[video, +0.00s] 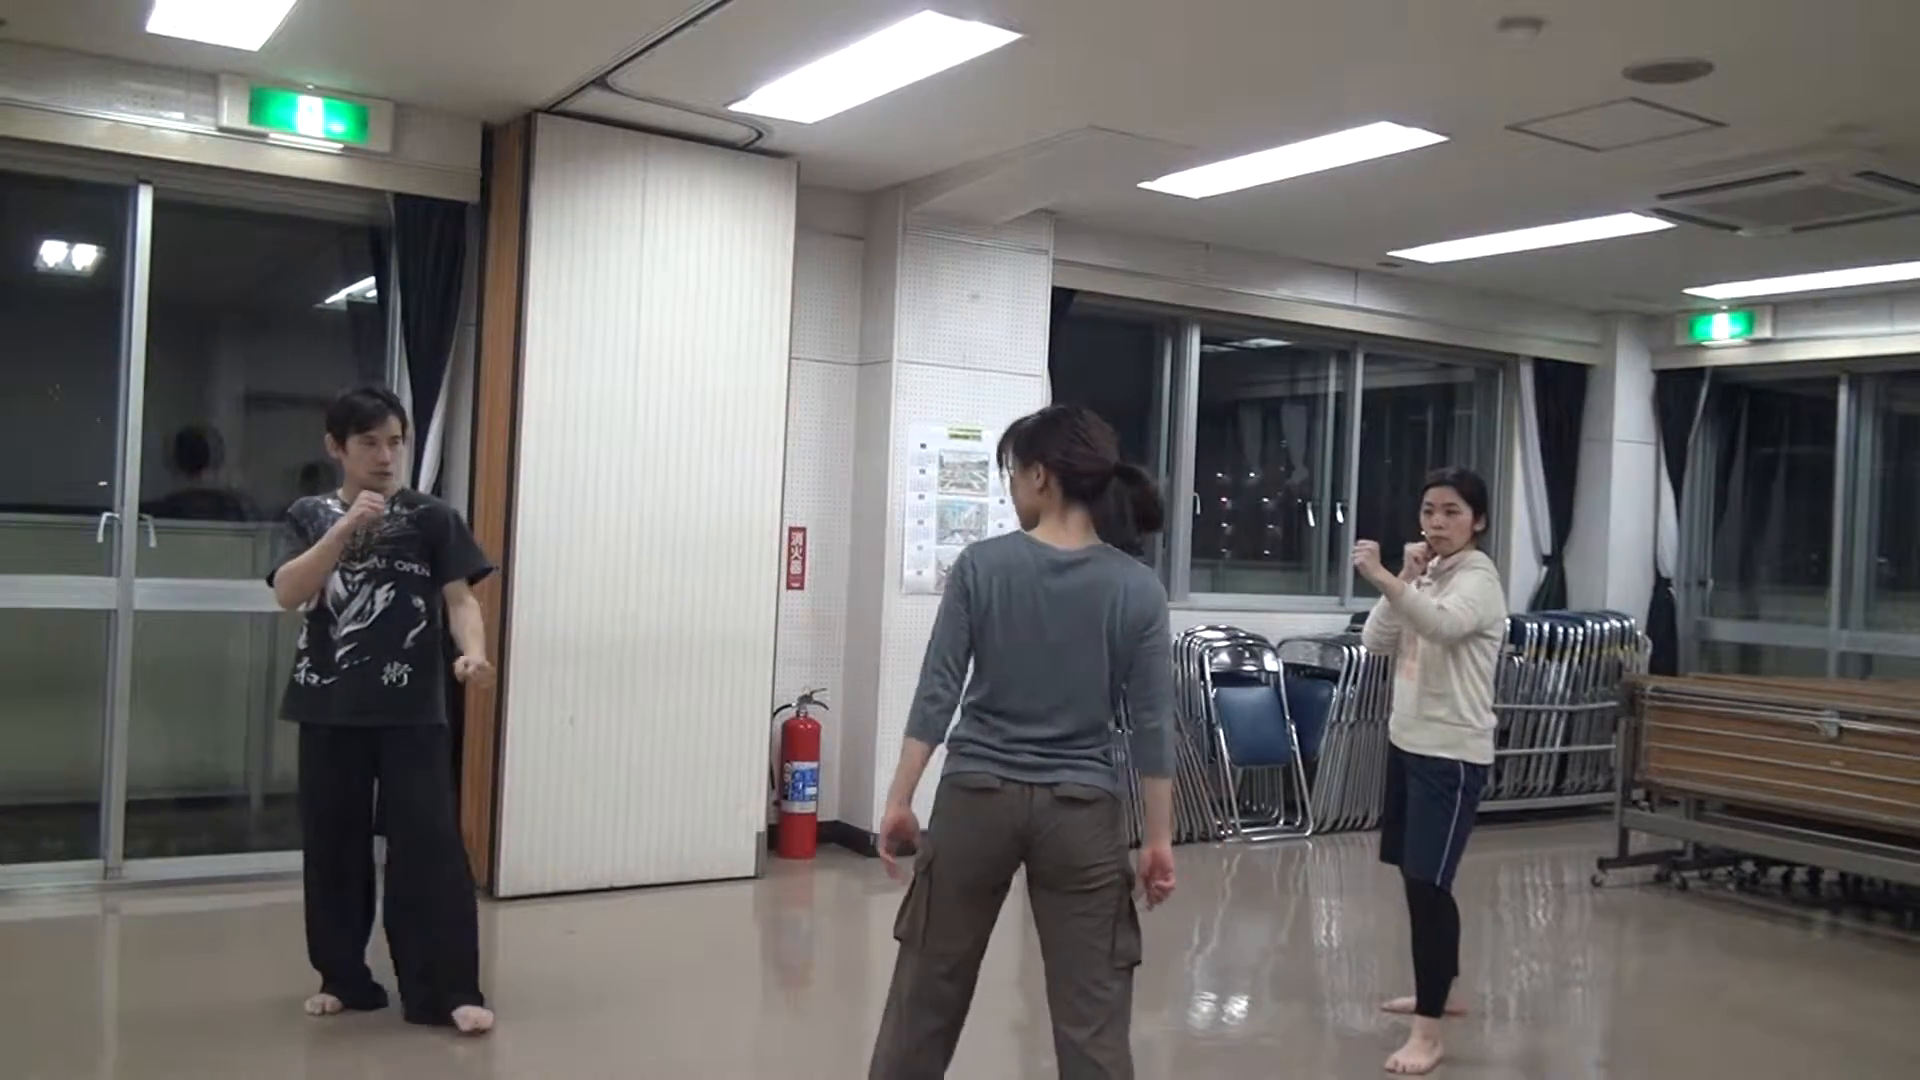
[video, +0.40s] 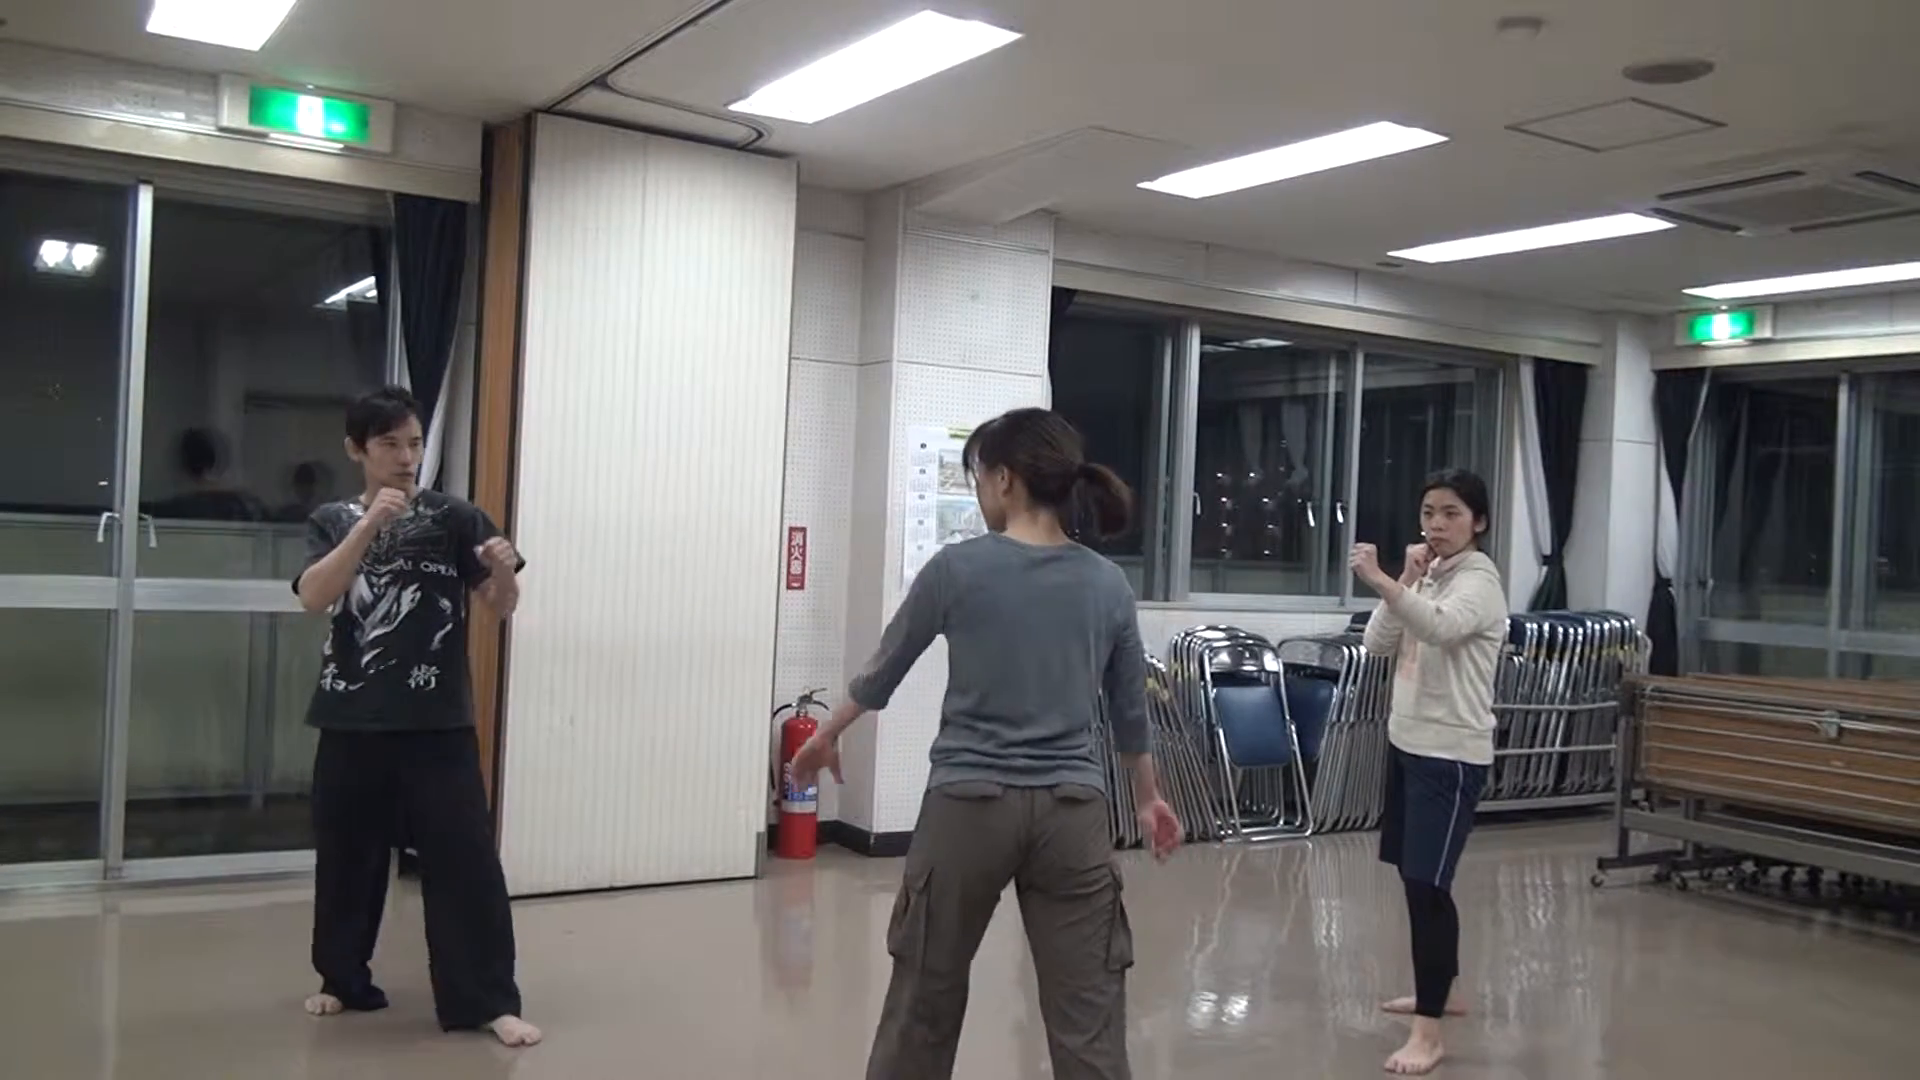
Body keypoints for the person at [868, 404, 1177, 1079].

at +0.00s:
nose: (1010, 490)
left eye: (1014, 475)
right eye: (1010, 476)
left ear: (1043, 477)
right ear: (1095, 481)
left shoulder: (981, 565)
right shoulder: (1138, 587)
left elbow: (938, 687)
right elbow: (1152, 721)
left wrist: (898, 800)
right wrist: (1159, 837)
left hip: (978, 803)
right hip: (1085, 813)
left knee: (928, 990)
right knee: (1093, 1013)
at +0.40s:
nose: (977, 493)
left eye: (979, 478)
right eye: (976, 478)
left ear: (1008, 479)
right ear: (1064, 483)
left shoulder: (957, 567)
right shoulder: (1108, 581)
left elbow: (883, 671)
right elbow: (1131, 705)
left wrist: (826, 734)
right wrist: (1150, 795)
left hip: (969, 808)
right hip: (1075, 812)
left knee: (924, 996)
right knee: (1087, 1009)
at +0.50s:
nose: (974, 493)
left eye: (976, 477)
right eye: (973, 479)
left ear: (1003, 478)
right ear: (1054, 481)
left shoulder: (954, 564)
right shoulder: (1106, 581)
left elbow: (878, 657)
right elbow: (1109, 711)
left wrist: (822, 708)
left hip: (965, 809)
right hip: (1070, 811)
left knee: (922, 995)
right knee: (1086, 1011)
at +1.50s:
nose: (1002, 507)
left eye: (1005, 491)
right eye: (1001, 492)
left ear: (1036, 490)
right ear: (1085, 494)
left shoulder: (983, 571)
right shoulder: (1136, 587)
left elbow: (895, 627)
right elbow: (1124, 682)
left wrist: (879, 585)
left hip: (992, 810)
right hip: (1097, 811)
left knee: (935, 987)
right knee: (1110, 1012)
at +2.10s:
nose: (1142, 555)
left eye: (1150, 543)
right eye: (1144, 543)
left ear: (1186, 549)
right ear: (1210, 552)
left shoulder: (1135, 631)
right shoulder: (1261, 648)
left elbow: (1044, 725)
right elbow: (1225, 731)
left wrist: (1002, 714)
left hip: (1132, 879)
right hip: (1231, 881)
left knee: (1010, 1024)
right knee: (1300, 1043)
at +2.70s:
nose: (1152, 550)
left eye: (1158, 537)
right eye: (1156, 536)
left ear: (1188, 550)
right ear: (1231, 546)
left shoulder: (1208, 646)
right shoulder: (1276, 626)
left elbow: (1167, 780)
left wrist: (1136, 764)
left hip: (1230, 885)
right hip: (1293, 872)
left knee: (1091, 1029)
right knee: (1315, 1038)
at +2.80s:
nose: (1163, 560)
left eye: (1175, 547)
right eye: (1166, 546)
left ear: (1220, 558)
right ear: (1221, 558)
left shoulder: (1265, 643)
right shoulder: (1232, 612)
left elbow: (1237, 740)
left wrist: (1194, 807)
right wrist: (1048, 507)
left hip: (1247, 881)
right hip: (1276, 871)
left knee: (1103, 1023)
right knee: (1314, 1039)